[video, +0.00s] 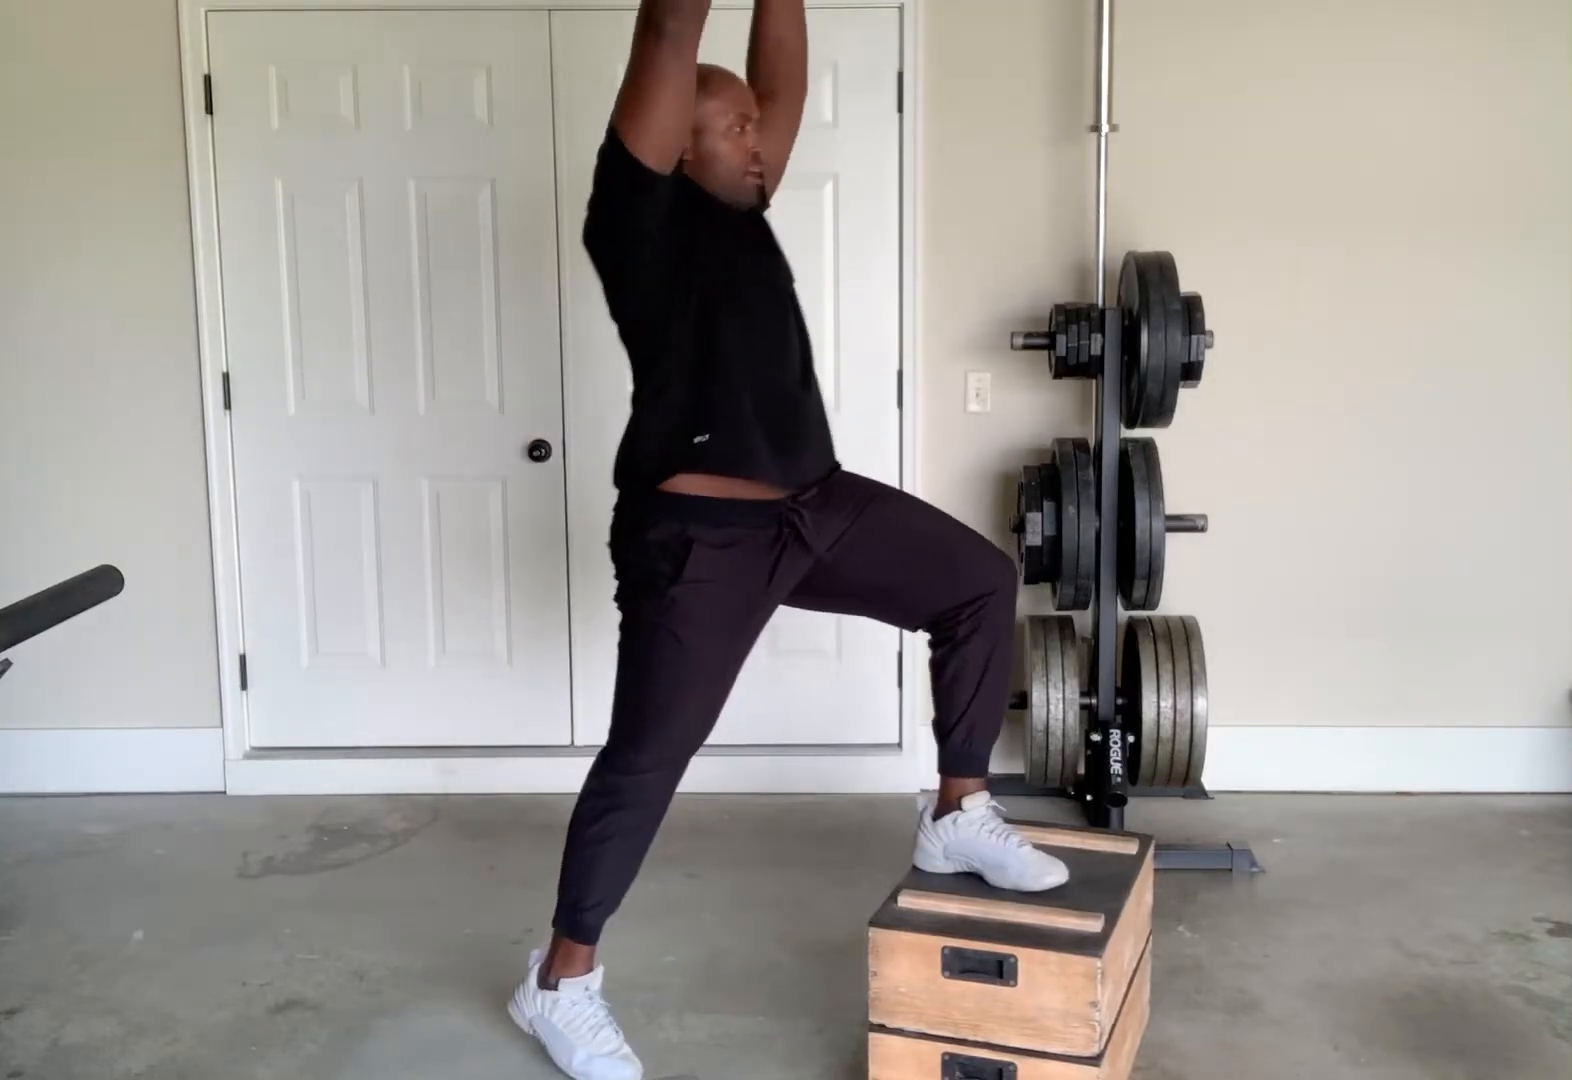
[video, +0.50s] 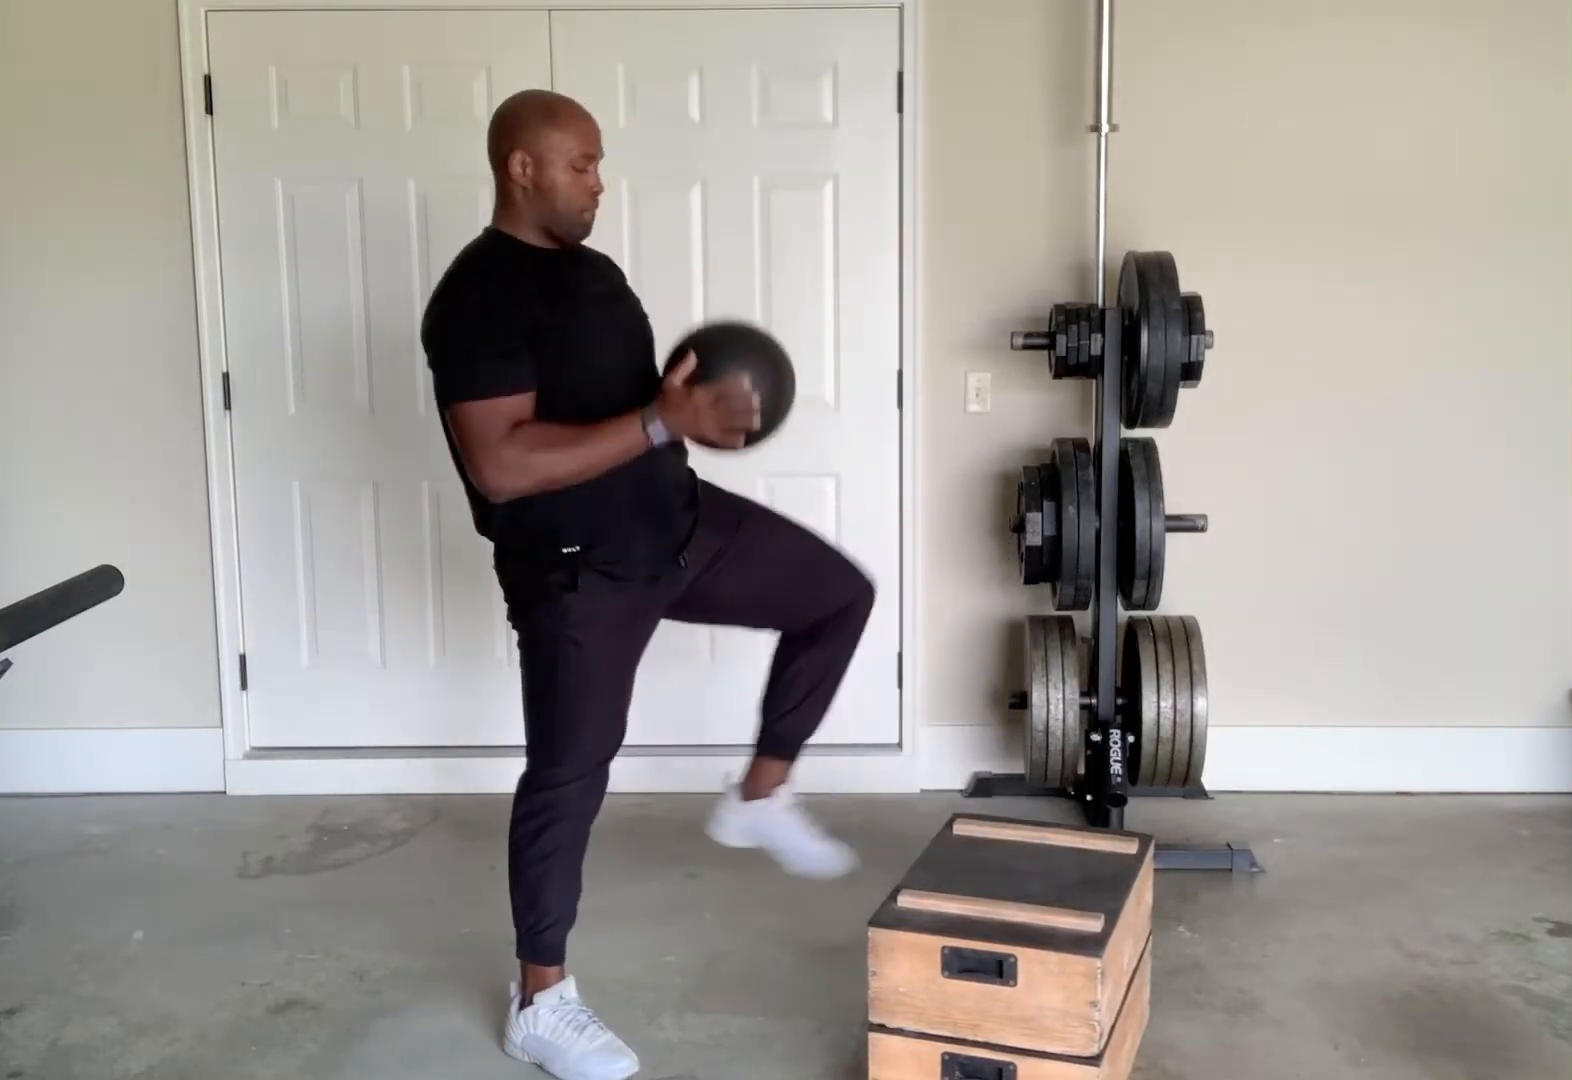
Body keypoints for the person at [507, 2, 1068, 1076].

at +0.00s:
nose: (760, 146)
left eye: (767, 127)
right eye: (735, 123)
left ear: (763, 134)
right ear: (678, 126)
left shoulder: (741, 210)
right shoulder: (635, 210)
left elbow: (782, 95)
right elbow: (668, 30)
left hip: (816, 504)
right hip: (700, 529)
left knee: (980, 582)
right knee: (646, 758)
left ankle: (959, 812)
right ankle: (562, 977)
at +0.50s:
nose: (599, 183)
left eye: (599, 165)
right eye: (581, 165)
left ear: (553, 172)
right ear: (517, 171)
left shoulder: (587, 268)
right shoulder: (473, 299)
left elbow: (604, 403)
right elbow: (497, 467)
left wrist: (691, 410)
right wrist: (658, 420)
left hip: (672, 524)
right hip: (574, 574)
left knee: (839, 595)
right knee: (568, 776)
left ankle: (761, 795)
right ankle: (541, 994)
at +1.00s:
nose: (651, 200)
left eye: (655, 183)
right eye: (639, 180)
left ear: (604, 174)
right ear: (580, 169)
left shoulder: (629, 284)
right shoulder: (515, 283)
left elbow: (646, 413)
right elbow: (500, 446)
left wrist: (693, 517)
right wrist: (633, 528)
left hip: (629, 551)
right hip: (549, 555)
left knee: (632, 736)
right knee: (566, 757)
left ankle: (624, 913)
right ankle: (527, 989)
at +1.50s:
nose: (664, 227)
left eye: (671, 211)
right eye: (655, 208)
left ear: (635, 196)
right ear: (599, 184)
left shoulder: (630, 287)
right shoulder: (526, 288)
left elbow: (639, 422)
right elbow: (511, 461)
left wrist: (679, 532)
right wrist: (626, 569)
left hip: (621, 553)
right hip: (539, 560)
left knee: (640, 733)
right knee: (553, 759)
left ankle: (625, 914)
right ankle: (522, 994)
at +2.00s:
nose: (809, 453)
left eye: (821, 443)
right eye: (809, 435)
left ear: (773, 404)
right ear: (768, 400)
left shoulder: (739, 451)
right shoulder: (656, 444)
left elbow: (683, 578)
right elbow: (591, 621)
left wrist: (652, 721)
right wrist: (587, 759)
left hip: (569, 561)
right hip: (475, 553)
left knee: (637, 726)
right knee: (520, 766)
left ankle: (624, 914)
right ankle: (518, 997)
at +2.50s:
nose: (842, 397)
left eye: (848, 379)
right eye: (836, 376)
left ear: (789, 363)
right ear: (782, 360)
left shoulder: (761, 437)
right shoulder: (690, 435)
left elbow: (700, 566)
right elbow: (604, 600)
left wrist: (675, 700)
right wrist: (615, 743)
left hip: (597, 564)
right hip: (504, 554)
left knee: (669, 728)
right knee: (548, 766)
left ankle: (624, 912)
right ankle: (518, 997)